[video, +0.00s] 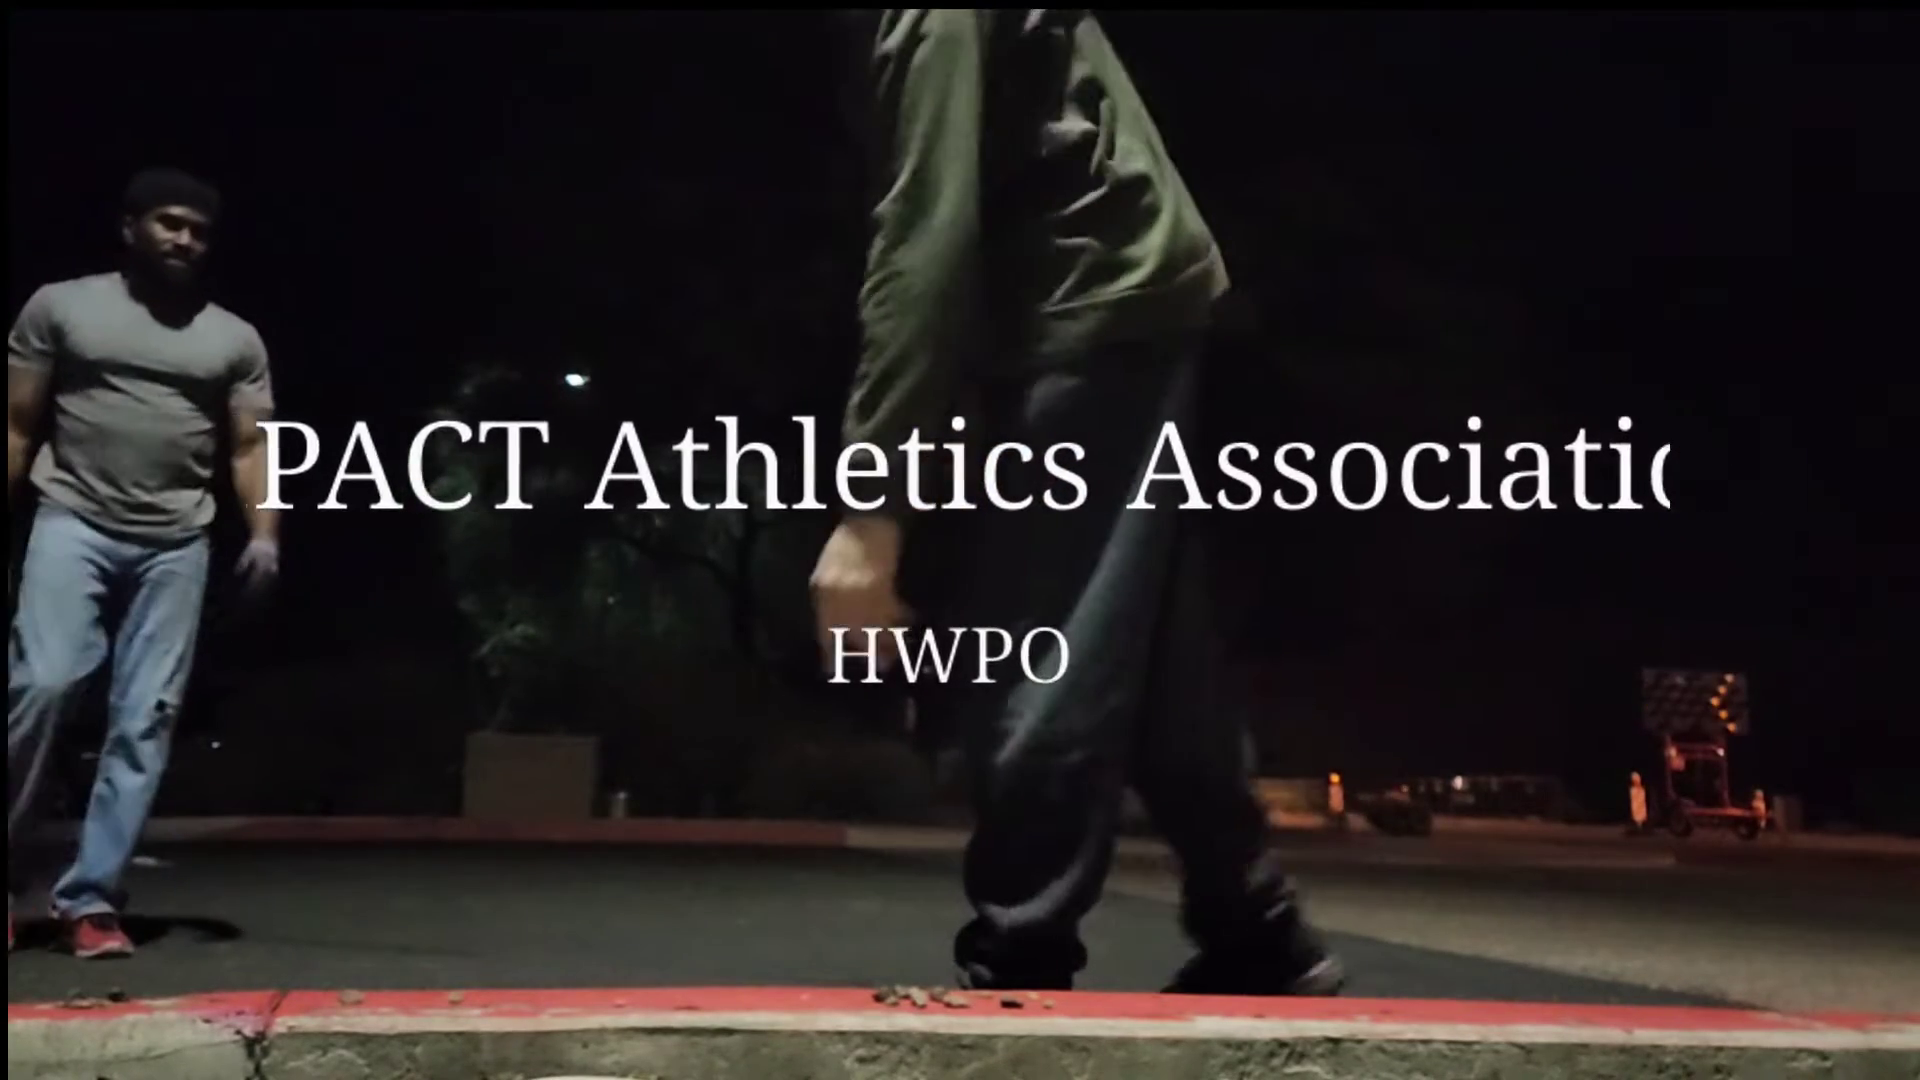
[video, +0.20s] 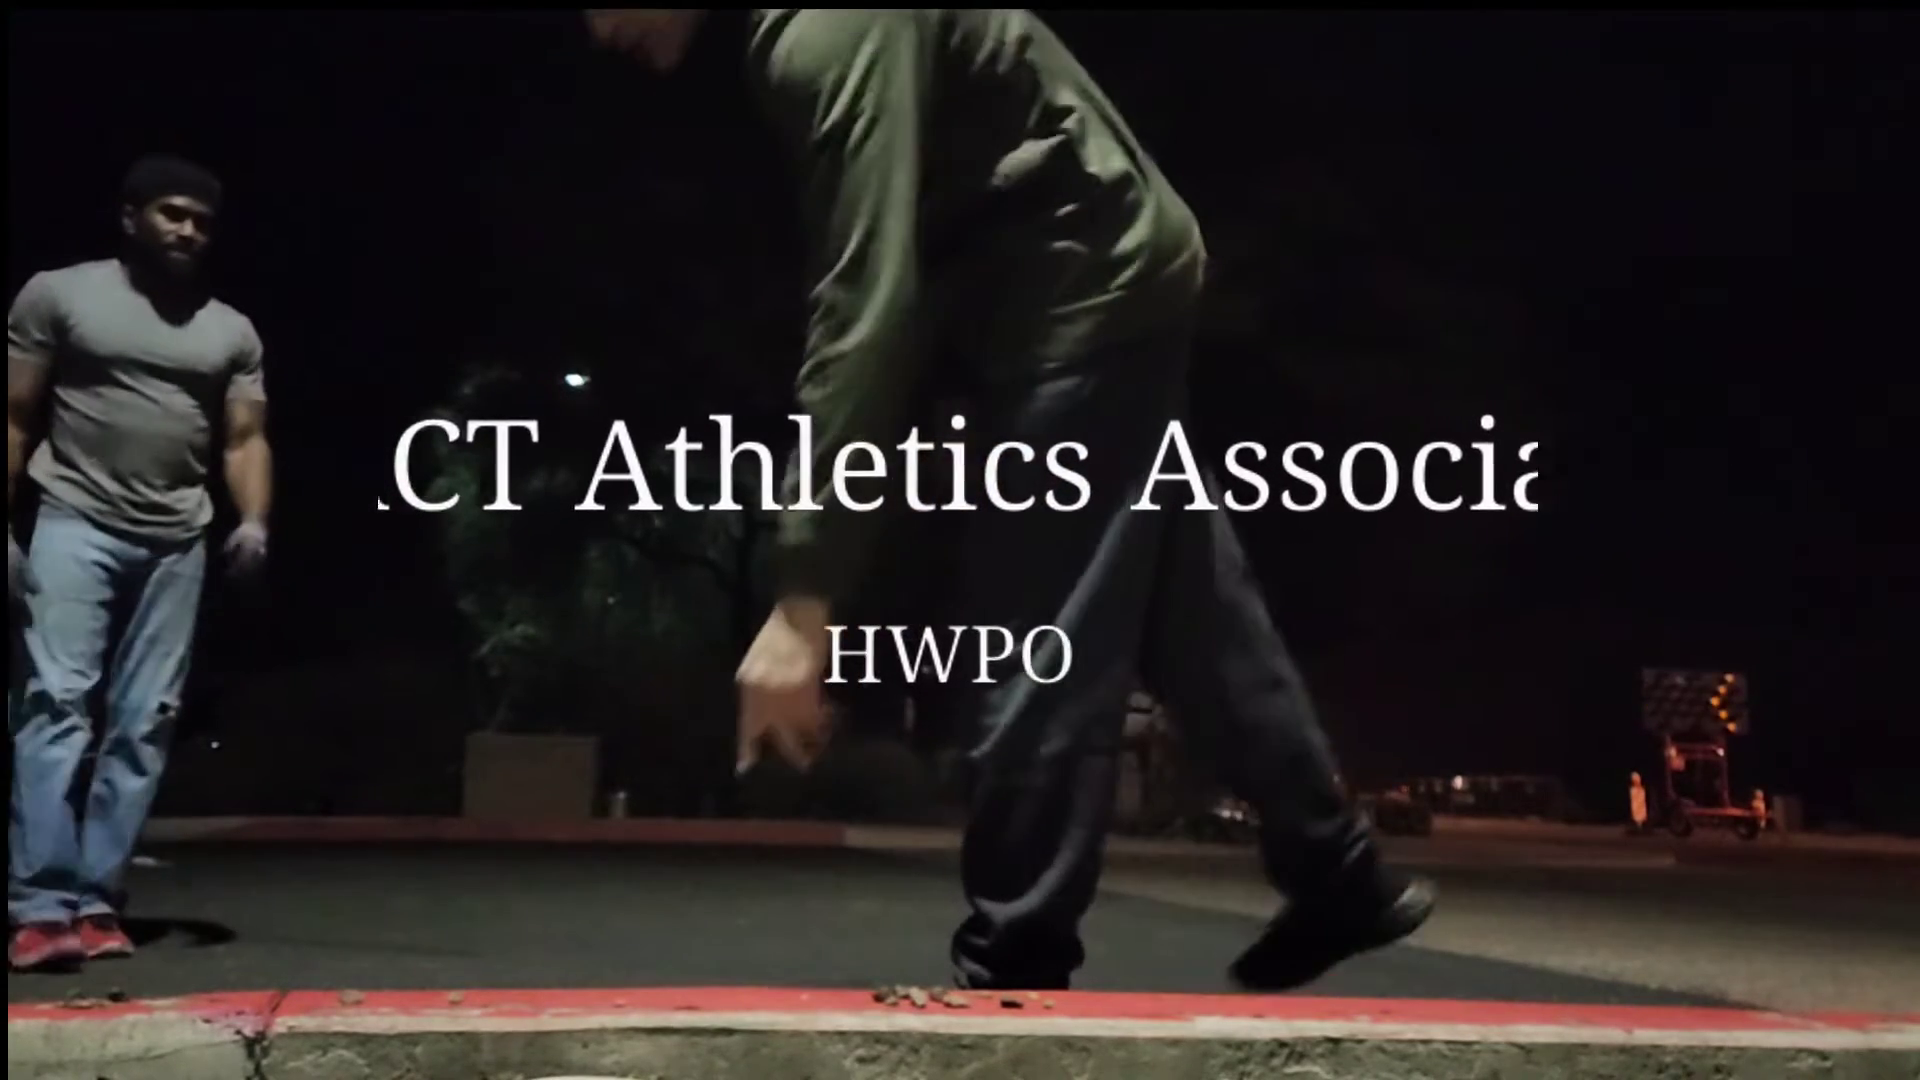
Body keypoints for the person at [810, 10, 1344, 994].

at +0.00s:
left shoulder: (937, 24)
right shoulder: (914, 32)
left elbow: (926, 241)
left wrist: (867, 517)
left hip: (1106, 307)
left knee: (1042, 645)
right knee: (1141, 631)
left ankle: (1018, 960)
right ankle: (1251, 931)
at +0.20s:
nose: (611, 32)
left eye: (614, 10)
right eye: (600, 22)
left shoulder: (835, 36)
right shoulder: (806, 38)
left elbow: (866, 315)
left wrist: (802, 605)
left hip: (1093, 290)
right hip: (1087, 288)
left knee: (1040, 625)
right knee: (1194, 597)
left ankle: (1015, 957)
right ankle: (1338, 877)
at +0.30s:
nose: (577, 89)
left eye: (571, 54)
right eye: (556, 73)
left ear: (636, 4)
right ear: (631, 22)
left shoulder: (805, 68)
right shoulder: (770, 57)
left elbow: (837, 374)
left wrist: (768, 666)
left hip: (1088, 292)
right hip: (1078, 288)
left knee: (1031, 628)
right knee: (1202, 582)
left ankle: (1017, 951)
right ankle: (1370, 840)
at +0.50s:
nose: (541, 207)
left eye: (533, 167)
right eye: (513, 188)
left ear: (591, 79)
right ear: (586, 78)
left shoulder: (765, 138)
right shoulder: (685, 74)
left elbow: (786, 469)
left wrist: (719, 757)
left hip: (1080, 278)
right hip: (1042, 280)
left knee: (1022, 620)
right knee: (1201, 544)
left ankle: (1006, 953)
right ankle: (1422, 782)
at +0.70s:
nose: (533, 276)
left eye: (522, 239)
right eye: (500, 264)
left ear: (565, 143)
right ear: (551, 127)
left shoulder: (742, 190)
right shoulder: (654, 108)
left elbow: (761, 516)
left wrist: (702, 807)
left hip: (1053, 281)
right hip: (1071, 244)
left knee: (1007, 619)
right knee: (1221, 531)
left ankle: (1001, 961)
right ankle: (1454, 755)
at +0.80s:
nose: (526, 299)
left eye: (515, 267)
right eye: (494, 288)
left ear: (558, 170)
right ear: (550, 156)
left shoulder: (736, 212)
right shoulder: (651, 128)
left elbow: (756, 536)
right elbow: (836, 289)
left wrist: (700, 825)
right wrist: (875, 449)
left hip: (1052, 276)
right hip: (1069, 240)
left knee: (1001, 627)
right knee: (1225, 531)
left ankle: (997, 975)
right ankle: (1469, 742)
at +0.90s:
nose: (519, 320)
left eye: (506, 286)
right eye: (489, 306)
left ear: (553, 194)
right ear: (543, 189)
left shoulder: (727, 223)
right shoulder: (652, 146)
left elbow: (753, 546)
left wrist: (697, 839)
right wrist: (887, 465)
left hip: (1045, 276)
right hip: (1069, 243)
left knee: (987, 624)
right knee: (1224, 530)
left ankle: (997, 968)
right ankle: (1473, 738)